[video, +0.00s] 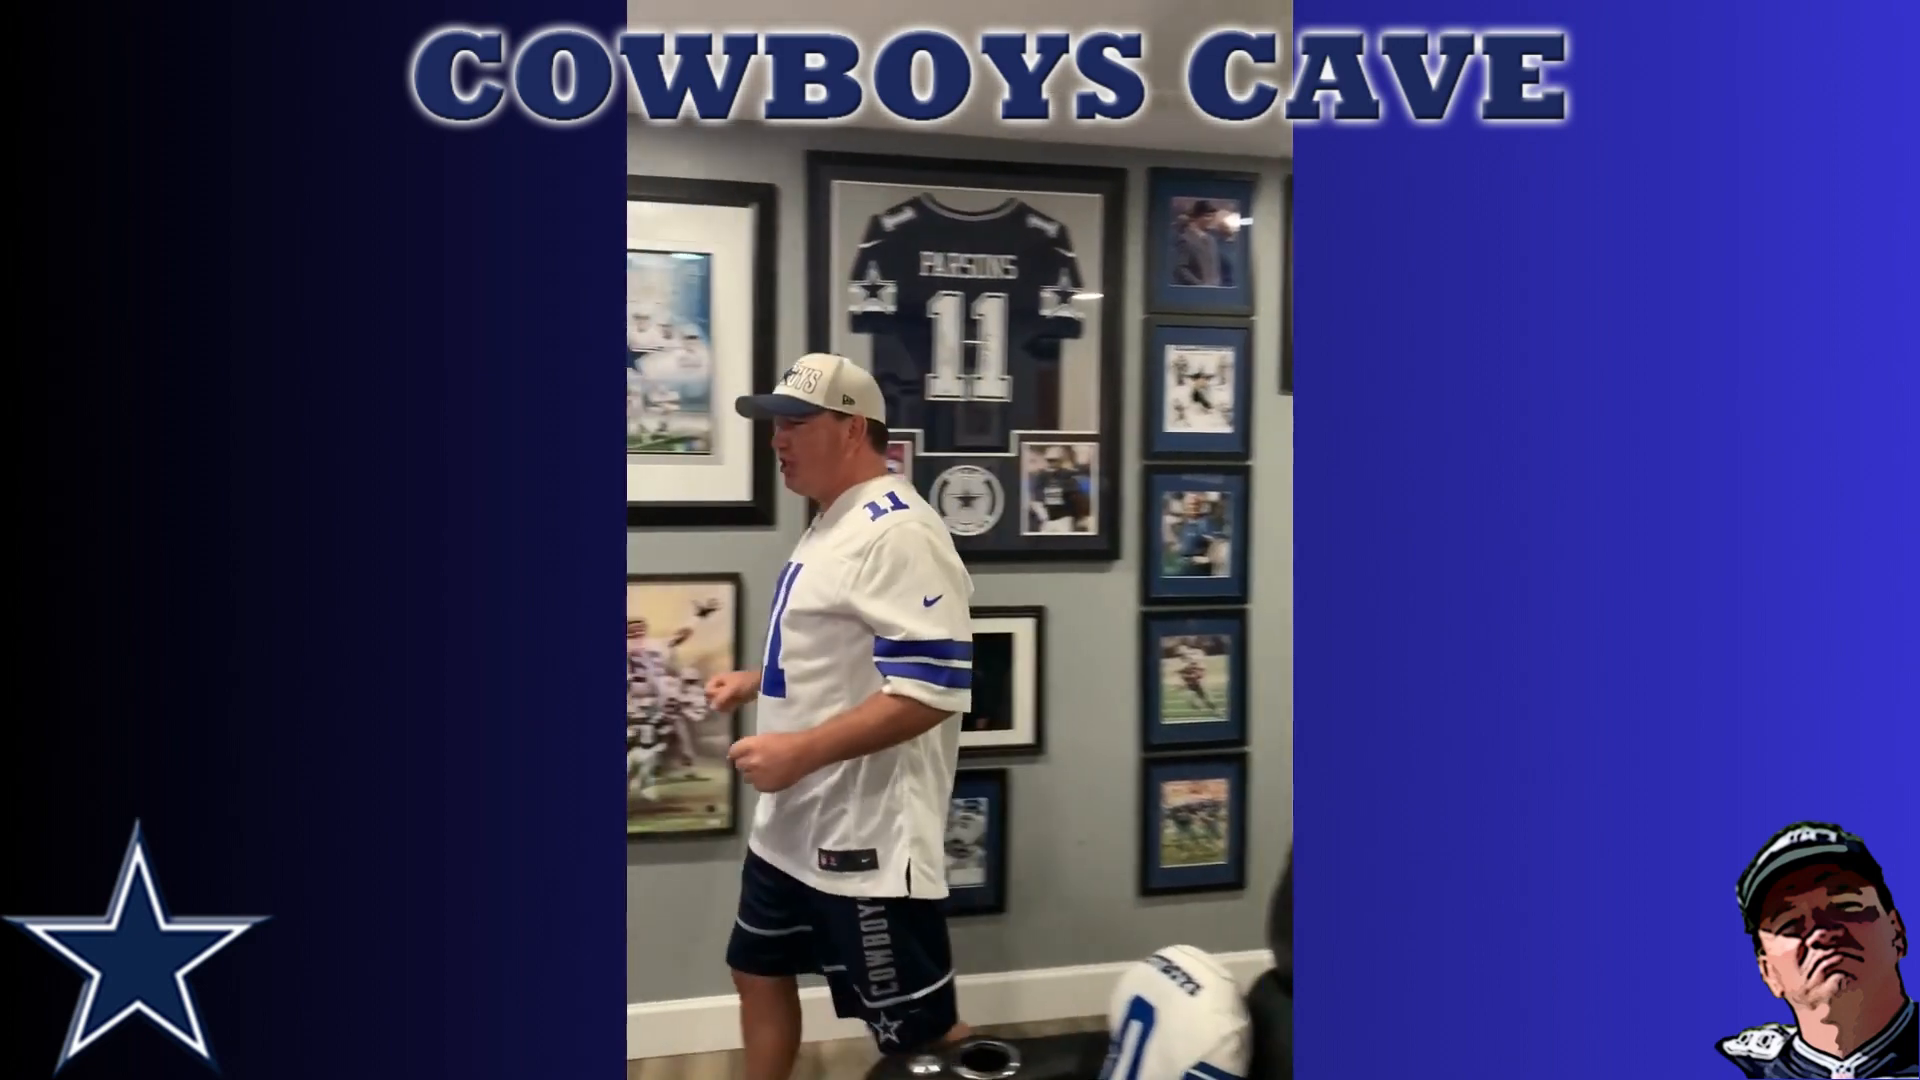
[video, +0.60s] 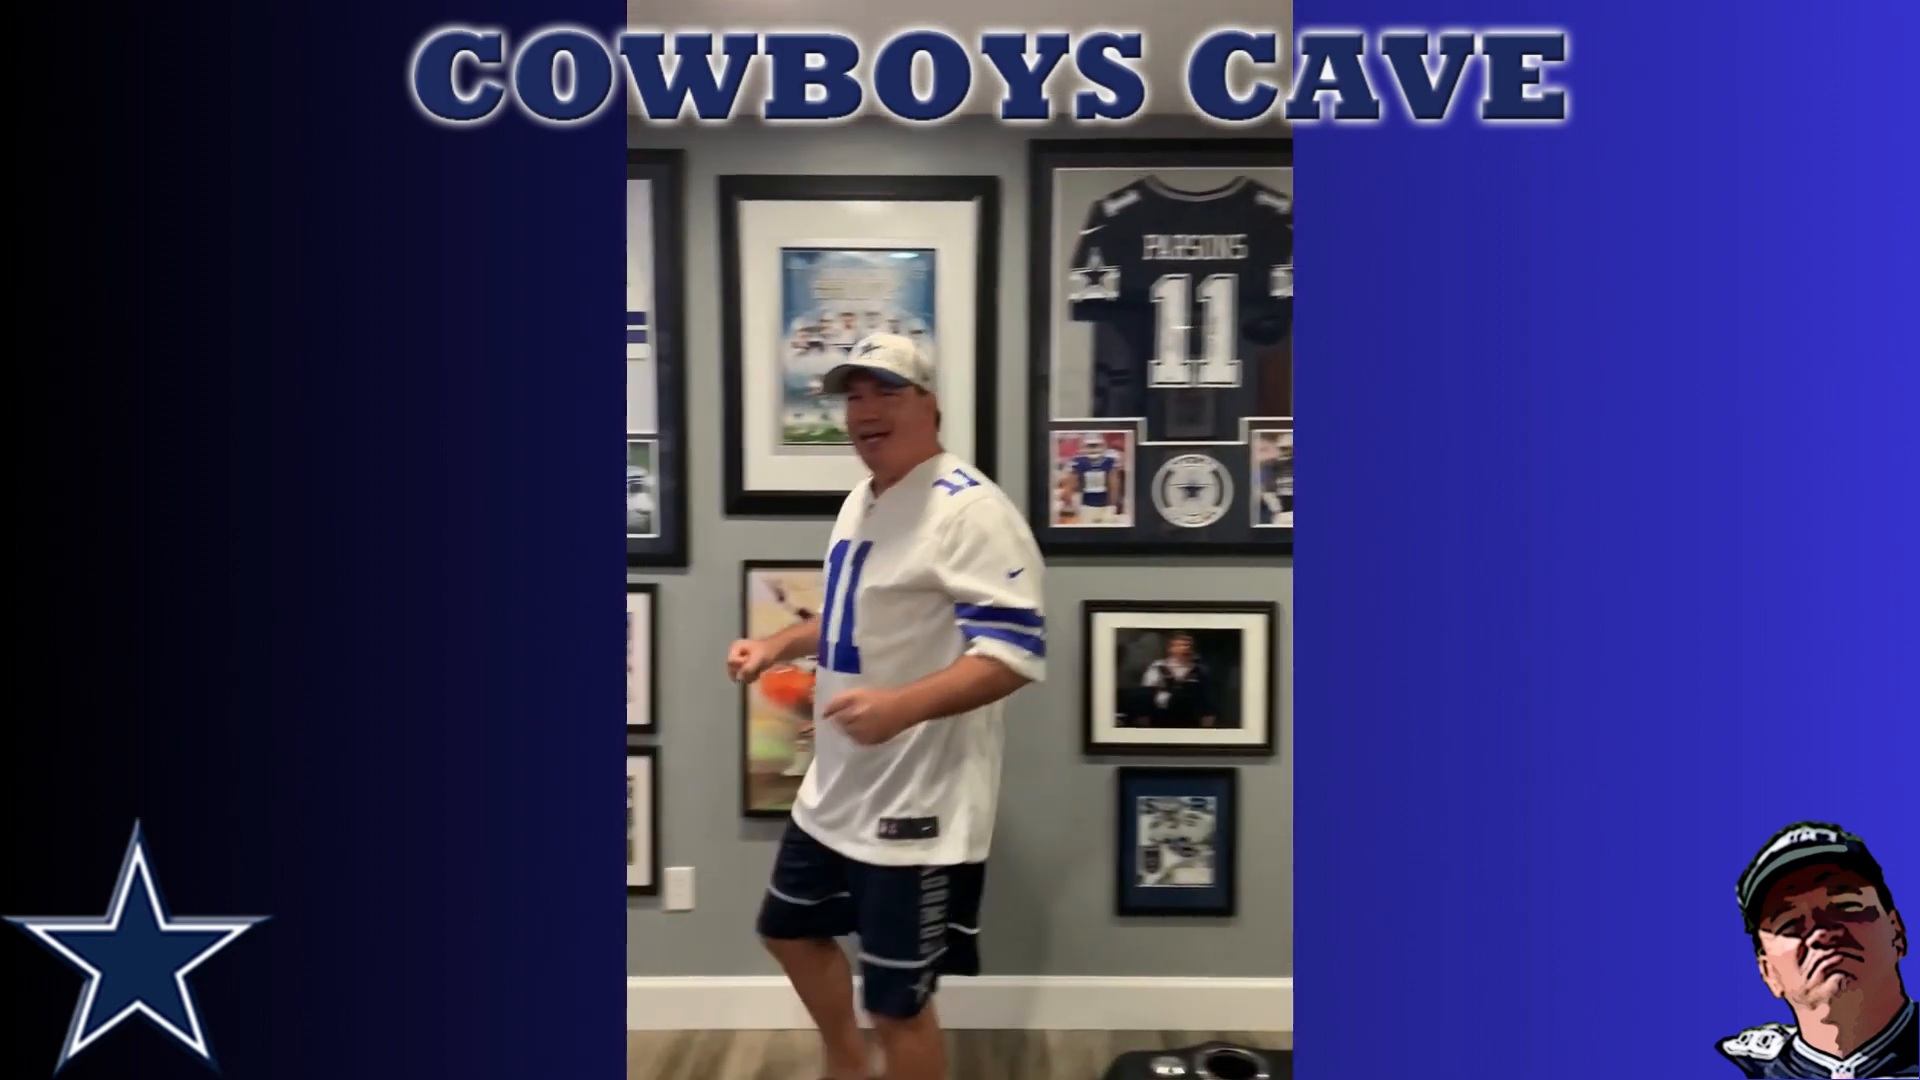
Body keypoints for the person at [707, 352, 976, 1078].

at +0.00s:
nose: (777, 439)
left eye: (795, 423)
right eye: (777, 423)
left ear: (851, 430)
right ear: (843, 434)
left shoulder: (901, 532)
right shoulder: (834, 522)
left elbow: (934, 686)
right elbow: (841, 660)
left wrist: (803, 750)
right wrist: (758, 681)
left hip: (873, 837)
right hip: (794, 822)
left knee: (922, 1033)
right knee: (759, 969)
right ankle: (768, 1078)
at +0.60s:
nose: (862, 412)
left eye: (883, 394)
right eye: (851, 397)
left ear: (931, 404)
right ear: (841, 409)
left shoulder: (975, 513)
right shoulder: (863, 501)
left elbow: (1013, 655)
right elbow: (852, 620)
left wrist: (904, 704)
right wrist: (775, 645)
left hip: (922, 805)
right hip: (837, 786)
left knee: (899, 1002)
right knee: (793, 930)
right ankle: (848, 1062)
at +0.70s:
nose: (894, 408)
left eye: (913, 390)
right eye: (878, 394)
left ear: (950, 405)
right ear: (864, 409)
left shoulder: (996, 509)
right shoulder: (860, 497)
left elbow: (1049, 639)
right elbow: (837, 602)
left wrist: (954, 680)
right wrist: (770, 632)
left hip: (936, 801)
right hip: (848, 790)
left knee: (929, 995)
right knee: (822, 946)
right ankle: (822, 1070)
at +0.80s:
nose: (917, 407)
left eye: (933, 390)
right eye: (900, 392)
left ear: (959, 405)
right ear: (877, 411)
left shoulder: (1009, 505)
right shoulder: (850, 498)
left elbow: (1079, 622)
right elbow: (817, 590)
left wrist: (1026, 650)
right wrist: (757, 624)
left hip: (957, 794)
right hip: (862, 786)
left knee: (956, 988)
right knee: (859, 950)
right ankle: (853, 1071)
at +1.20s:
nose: (955, 391)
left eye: (962, 375)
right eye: (932, 378)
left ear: (976, 388)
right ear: (896, 399)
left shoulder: (1030, 482)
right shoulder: (852, 492)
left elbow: (1089, 552)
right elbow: (799, 573)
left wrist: (1119, 578)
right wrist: (782, 597)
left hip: (1004, 746)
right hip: (893, 748)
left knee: (1028, 916)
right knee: (890, 907)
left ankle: (1049, 1071)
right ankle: (895, 1059)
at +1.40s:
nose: (951, 385)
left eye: (963, 377)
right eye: (936, 377)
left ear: (982, 398)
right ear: (908, 397)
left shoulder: (1030, 481)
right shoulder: (866, 486)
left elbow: (1096, 571)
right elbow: (816, 581)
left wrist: (1162, 592)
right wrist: (769, 599)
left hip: (1016, 740)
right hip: (907, 744)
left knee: (1034, 908)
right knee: (896, 907)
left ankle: (1049, 1067)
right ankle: (896, 1059)